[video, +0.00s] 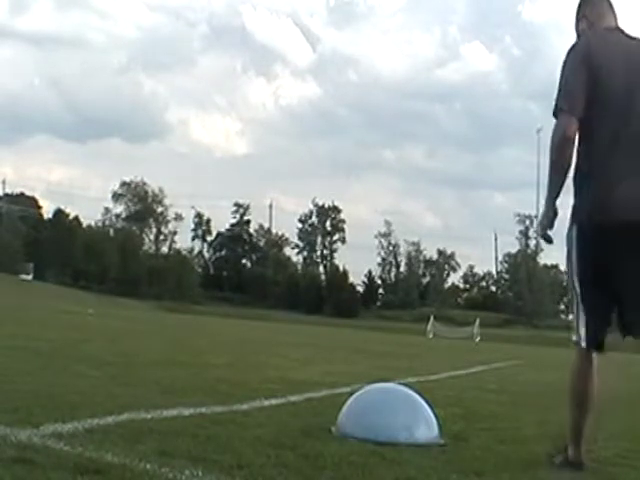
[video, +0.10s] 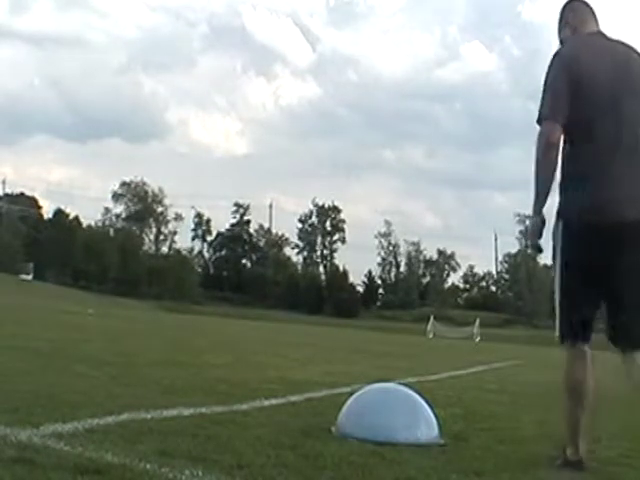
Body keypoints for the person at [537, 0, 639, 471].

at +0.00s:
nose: (577, 35)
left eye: (577, 28)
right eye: (579, 29)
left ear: (584, 21)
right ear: (614, 17)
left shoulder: (586, 49)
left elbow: (566, 131)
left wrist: (550, 202)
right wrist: (553, 202)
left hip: (604, 215)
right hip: (635, 215)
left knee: (588, 342)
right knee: (589, 343)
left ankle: (576, 450)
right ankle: (576, 447)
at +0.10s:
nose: (561, 40)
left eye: (561, 33)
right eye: (563, 33)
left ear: (568, 25)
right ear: (597, 23)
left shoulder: (568, 58)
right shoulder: (633, 57)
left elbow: (550, 137)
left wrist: (536, 212)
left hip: (586, 219)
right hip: (635, 218)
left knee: (578, 340)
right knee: (634, 343)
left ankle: (576, 449)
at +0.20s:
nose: (550, 42)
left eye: (550, 35)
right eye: (551, 35)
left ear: (558, 26)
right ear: (583, 24)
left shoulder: (556, 58)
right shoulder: (625, 61)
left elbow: (537, 135)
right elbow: (636, 137)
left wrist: (524, 199)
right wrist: (633, 196)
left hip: (573, 212)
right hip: (620, 211)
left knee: (571, 335)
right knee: (607, 323)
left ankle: (575, 450)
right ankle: (626, 393)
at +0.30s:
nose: (540, 46)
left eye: (540, 39)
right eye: (541, 39)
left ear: (547, 32)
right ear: (573, 29)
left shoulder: (545, 62)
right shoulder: (614, 68)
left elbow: (524, 136)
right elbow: (636, 144)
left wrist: (509, 193)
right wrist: (625, 206)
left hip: (564, 211)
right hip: (608, 210)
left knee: (572, 330)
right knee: (589, 321)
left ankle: (574, 451)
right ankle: (594, 409)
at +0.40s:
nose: (532, 58)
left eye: (531, 51)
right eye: (532, 52)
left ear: (538, 42)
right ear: (562, 39)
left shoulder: (537, 71)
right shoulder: (602, 79)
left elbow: (514, 139)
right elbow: (629, 153)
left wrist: (495, 187)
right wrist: (615, 213)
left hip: (553, 218)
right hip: (594, 217)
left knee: (568, 333)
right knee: (569, 330)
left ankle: (574, 450)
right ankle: (564, 428)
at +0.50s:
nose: (523, 68)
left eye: (522, 61)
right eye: (523, 62)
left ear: (529, 52)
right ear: (554, 51)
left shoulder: (530, 82)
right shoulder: (590, 92)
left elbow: (506, 146)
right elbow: (616, 162)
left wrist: (485, 188)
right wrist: (598, 215)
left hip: (544, 224)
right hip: (583, 225)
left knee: (557, 335)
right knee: (555, 331)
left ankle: (571, 448)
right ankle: (548, 428)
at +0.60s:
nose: (513, 75)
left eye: (512, 68)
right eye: (513, 69)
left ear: (521, 56)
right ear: (543, 57)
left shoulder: (524, 85)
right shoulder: (578, 97)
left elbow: (506, 145)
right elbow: (595, 169)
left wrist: (484, 186)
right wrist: (573, 205)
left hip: (533, 221)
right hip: (568, 223)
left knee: (537, 329)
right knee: (543, 328)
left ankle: (563, 431)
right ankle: (542, 426)